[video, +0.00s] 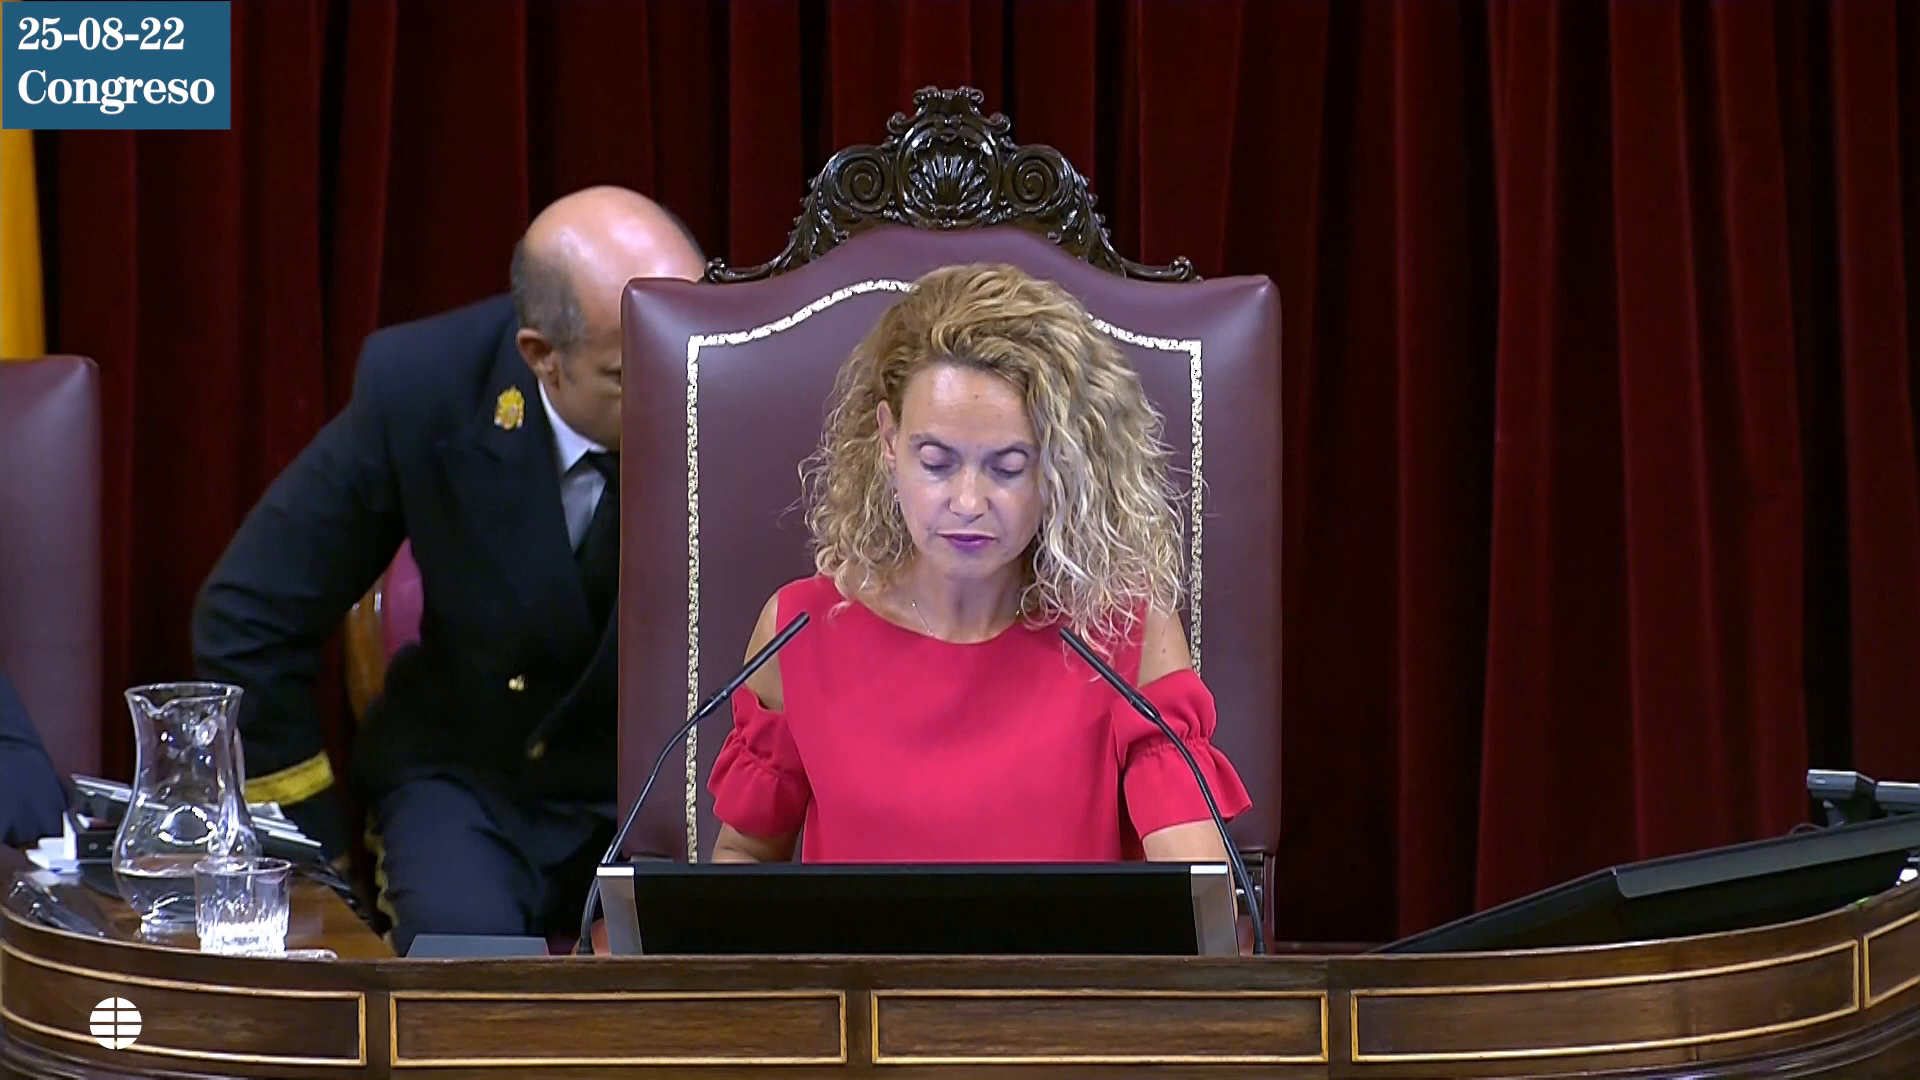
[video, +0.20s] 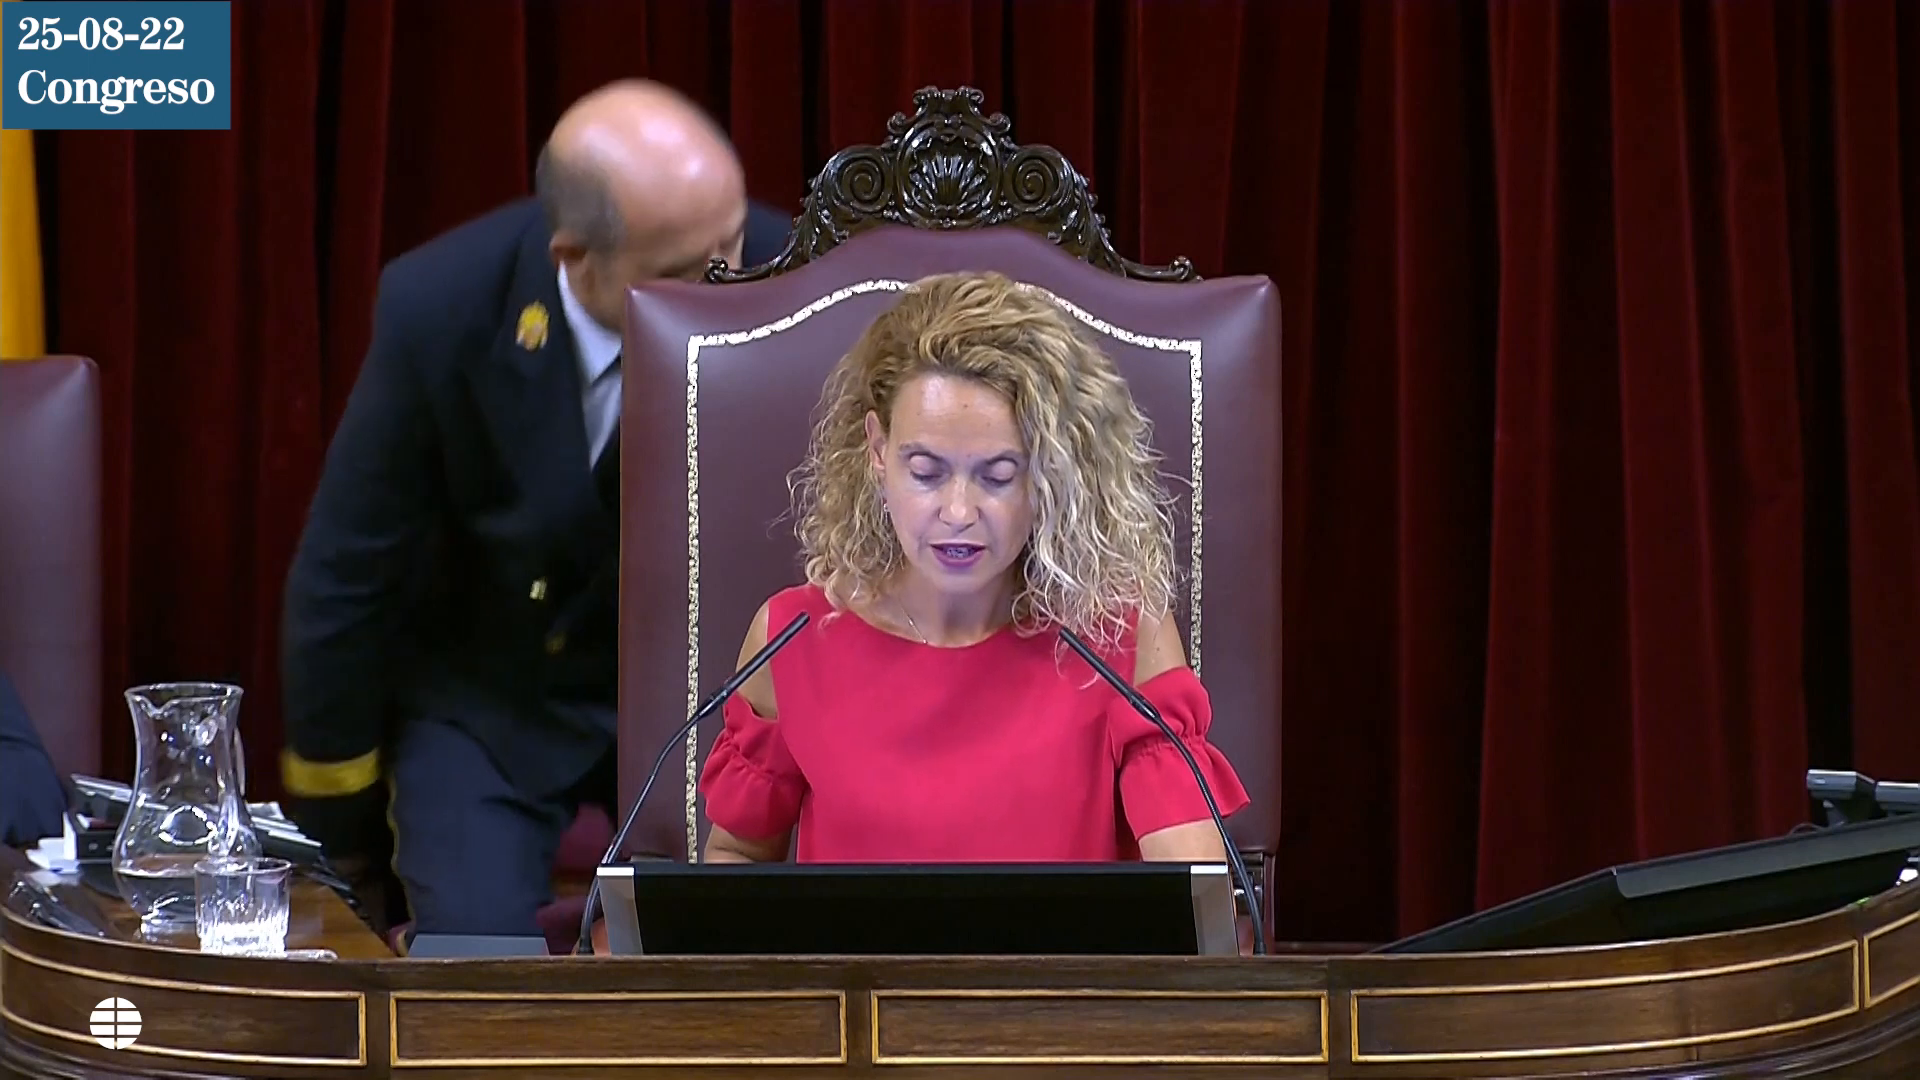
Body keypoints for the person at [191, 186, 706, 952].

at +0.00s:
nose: (654, 395)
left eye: (666, 367)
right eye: (622, 376)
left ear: (697, 335)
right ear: (541, 356)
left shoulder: (727, 408)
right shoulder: (422, 394)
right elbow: (246, 619)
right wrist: (319, 855)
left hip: (643, 781)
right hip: (458, 770)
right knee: (474, 978)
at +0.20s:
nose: (721, 287)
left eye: (731, 255)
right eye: (687, 274)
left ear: (734, 208)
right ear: (574, 262)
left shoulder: (781, 284)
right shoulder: (441, 311)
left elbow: (809, 534)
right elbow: (345, 564)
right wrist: (338, 825)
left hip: (688, 678)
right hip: (484, 698)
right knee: (477, 959)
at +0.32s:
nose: (755, 174)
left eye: (762, 133)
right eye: (712, 158)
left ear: (769, 97)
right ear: (603, 149)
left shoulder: (837, 205)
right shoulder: (473, 226)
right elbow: (386, 506)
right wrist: (365, 810)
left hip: (736, 616)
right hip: (517, 639)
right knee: (475, 976)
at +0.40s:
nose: (785, 95)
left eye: (795, 54)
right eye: (746, 75)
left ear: (809, 28)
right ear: (636, 69)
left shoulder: (870, 139)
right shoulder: (491, 154)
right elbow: (385, 438)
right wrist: (357, 742)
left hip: (764, 598)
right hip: (521, 615)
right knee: (485, 971)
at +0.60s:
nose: (955, 515)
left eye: (981, 487)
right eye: (929, 485)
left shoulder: (930, 20)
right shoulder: (569, 23)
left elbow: (974, 292)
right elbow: (436, 277)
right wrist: (373, 592)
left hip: (832, 576)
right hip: (575, 568)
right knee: (550, 936)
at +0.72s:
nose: (955, 521)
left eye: (989, 484)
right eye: (924, 483)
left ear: (1028, 492)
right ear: (877, 476)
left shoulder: (975, 11)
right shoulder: (602, 18)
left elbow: (1013, 250)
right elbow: (487, 239)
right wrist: (456, 549)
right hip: (641, 495)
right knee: (655, 885)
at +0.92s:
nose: (962, 515)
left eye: (994, 482)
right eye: (924, 478)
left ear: (1039, 491)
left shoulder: (1039, 9)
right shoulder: (679, 4)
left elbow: (1056, 236)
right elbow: (580, 258)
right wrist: (599, 564)